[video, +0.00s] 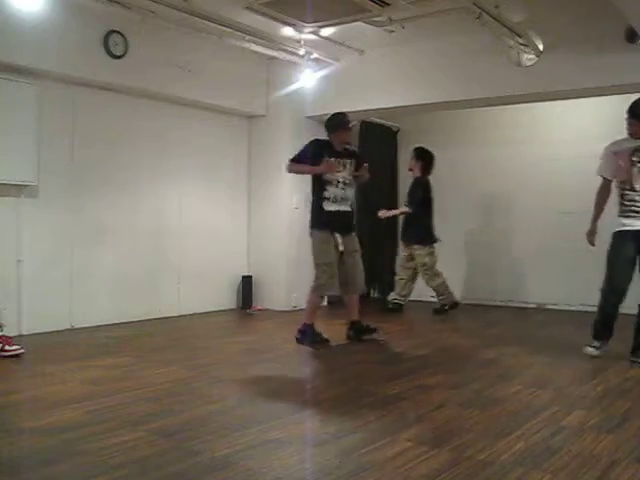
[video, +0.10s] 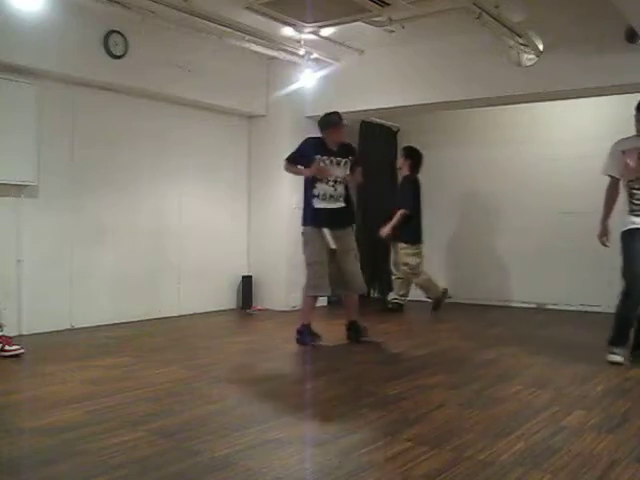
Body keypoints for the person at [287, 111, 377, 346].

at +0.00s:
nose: (349, 135)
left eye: (349, 131)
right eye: (345, 131)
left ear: (347, 132)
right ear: (334, 131)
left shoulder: (352, 154)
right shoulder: (317, 147)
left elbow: (359, 180)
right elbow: (292, 166)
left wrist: (361, 175)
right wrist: (319, 169)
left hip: (347, 225)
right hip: (323, 224)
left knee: (353, 276)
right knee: (325, 277)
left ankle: (354, 324)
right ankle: (306, 327)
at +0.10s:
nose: (343, 132)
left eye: (343, 128)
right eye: (340, 129)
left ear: (338, 130)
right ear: (329, 130)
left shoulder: (348, 150)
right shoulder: (311, 145)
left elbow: (357, 176)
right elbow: (289, 164)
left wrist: (354, 177)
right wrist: (308, 171)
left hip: (343, 223)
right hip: (315, 223)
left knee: (351, 275)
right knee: (316, 276)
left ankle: (353, 325)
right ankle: (304, 327)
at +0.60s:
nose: (304, 146)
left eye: (308, 142)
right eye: (300, 142)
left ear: (315, 140)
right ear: (294, 139)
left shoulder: (324, 164)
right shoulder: (279, 158)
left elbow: (348, 182)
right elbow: (257, 168)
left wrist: (352, 191)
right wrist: (260, 179)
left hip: (317, 236)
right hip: (285, 236)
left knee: (335, 284)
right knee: (277, 286)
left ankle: (323, 326)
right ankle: (291, 327)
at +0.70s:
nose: (299, 144)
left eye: (303, 139)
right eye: (295, 139)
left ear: (310, 137)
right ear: (288, 137)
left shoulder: (320, 159)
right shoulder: (275, 153)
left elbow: (348, 176)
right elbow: (240, 155)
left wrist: (333, 175)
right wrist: (256, 161)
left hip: (313, 234)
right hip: (281, 234)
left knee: (330, 282)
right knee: (276, 286)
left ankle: (318, 326)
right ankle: (290, 326)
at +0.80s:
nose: (295, 144)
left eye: (299, 140)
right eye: (291, 140)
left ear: (306, 137)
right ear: (284, 136)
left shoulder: (314, 151)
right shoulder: (270, 147)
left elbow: (341, 171)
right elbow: (236, 155)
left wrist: (329, 170)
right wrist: (255, 158)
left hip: (307, 229)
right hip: (277, 229)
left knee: (322, 280)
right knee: (277, 281)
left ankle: (316, 327)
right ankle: (282, 325)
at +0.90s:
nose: (294, 142)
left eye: (297, 138)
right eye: (290, 138)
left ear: (302, 136)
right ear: (280, 134)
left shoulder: (306, 155)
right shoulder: (265, 150)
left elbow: (317, 183)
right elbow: (249, 176)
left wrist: (315, 209)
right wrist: (254, 207)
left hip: (301, 222)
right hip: (275, 222)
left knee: (308, 275)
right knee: (279, 275)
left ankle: (307, 327)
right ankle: (263, 324)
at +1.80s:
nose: (306, 150)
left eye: (309, 145)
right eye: (302, 145)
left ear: (314, 145)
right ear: (293, 144)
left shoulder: (322, 161)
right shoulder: (281, 173)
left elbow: (347, 153)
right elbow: (283, 209)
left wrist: (357, 139)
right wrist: (283, 240)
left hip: (319, 234)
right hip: (292, 235)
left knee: (326, 280)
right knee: (287, 282)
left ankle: (330, 324)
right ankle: (265, 326)